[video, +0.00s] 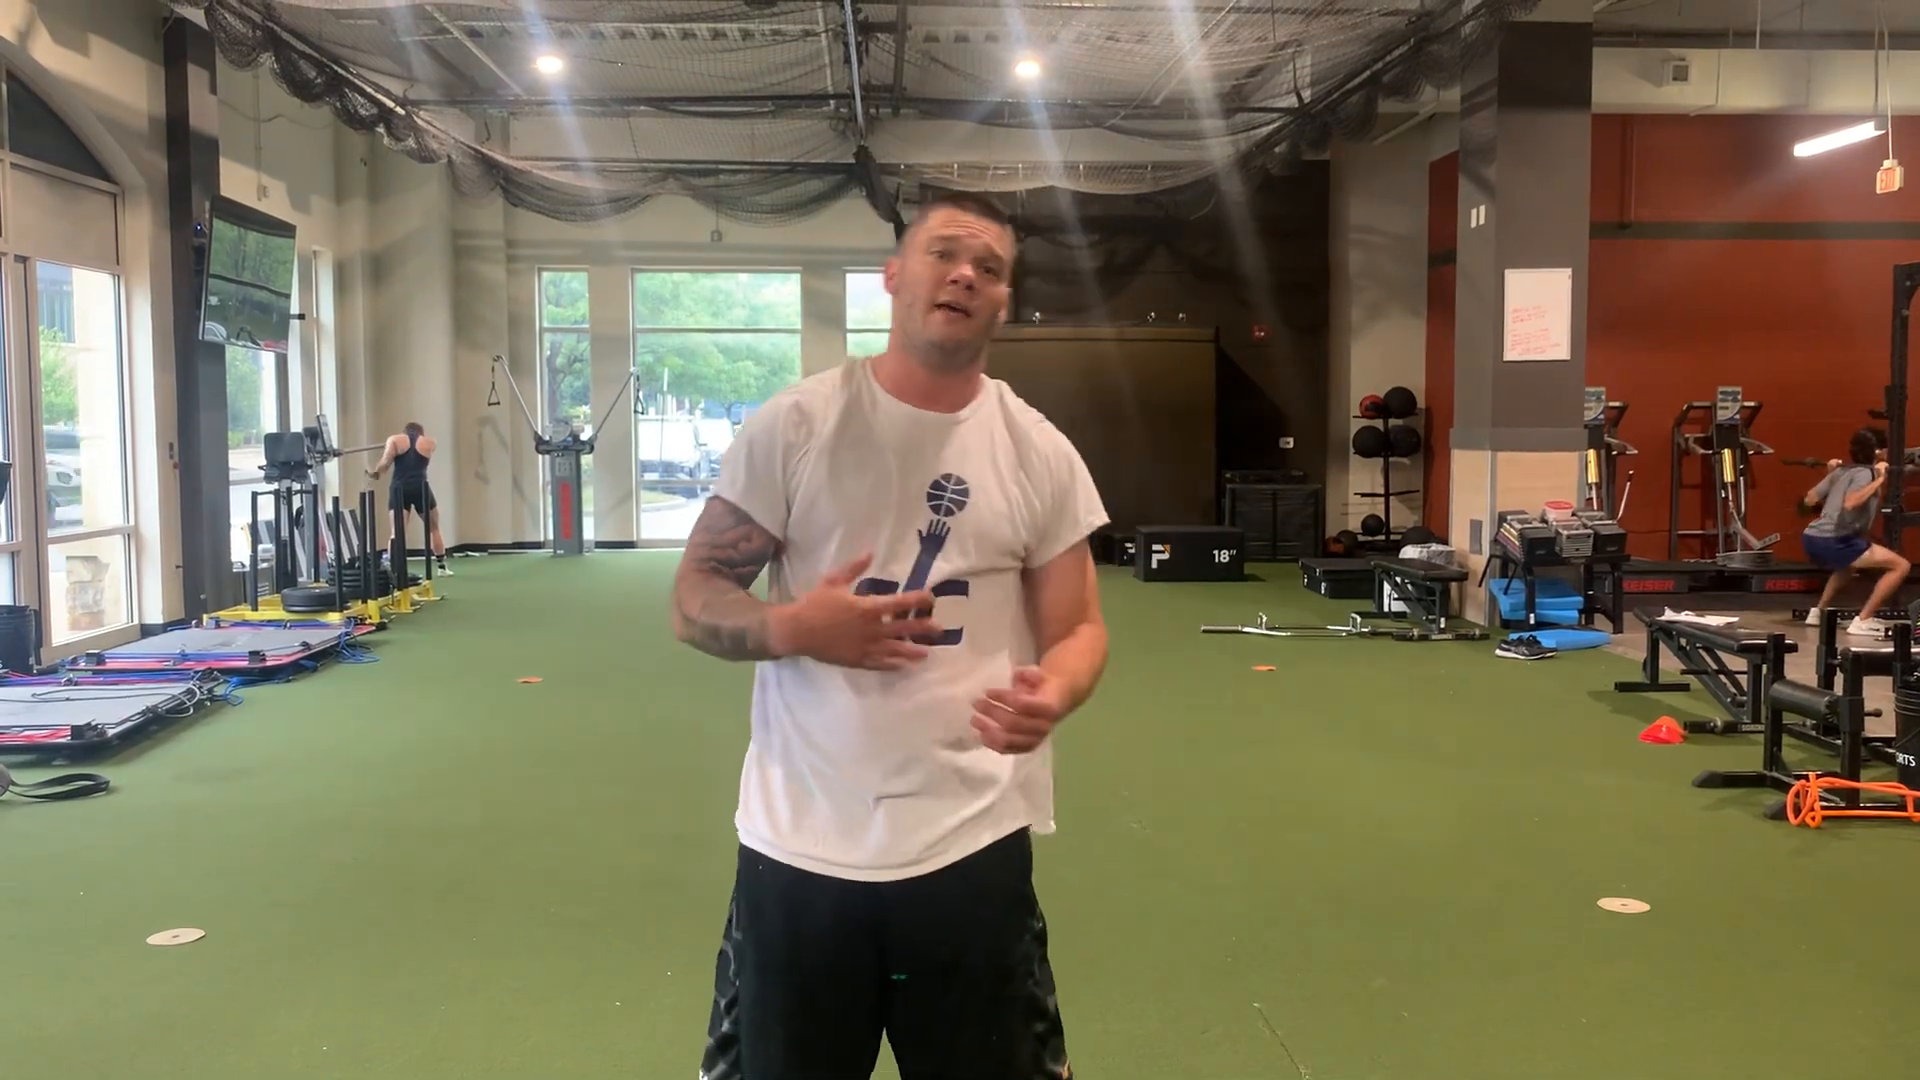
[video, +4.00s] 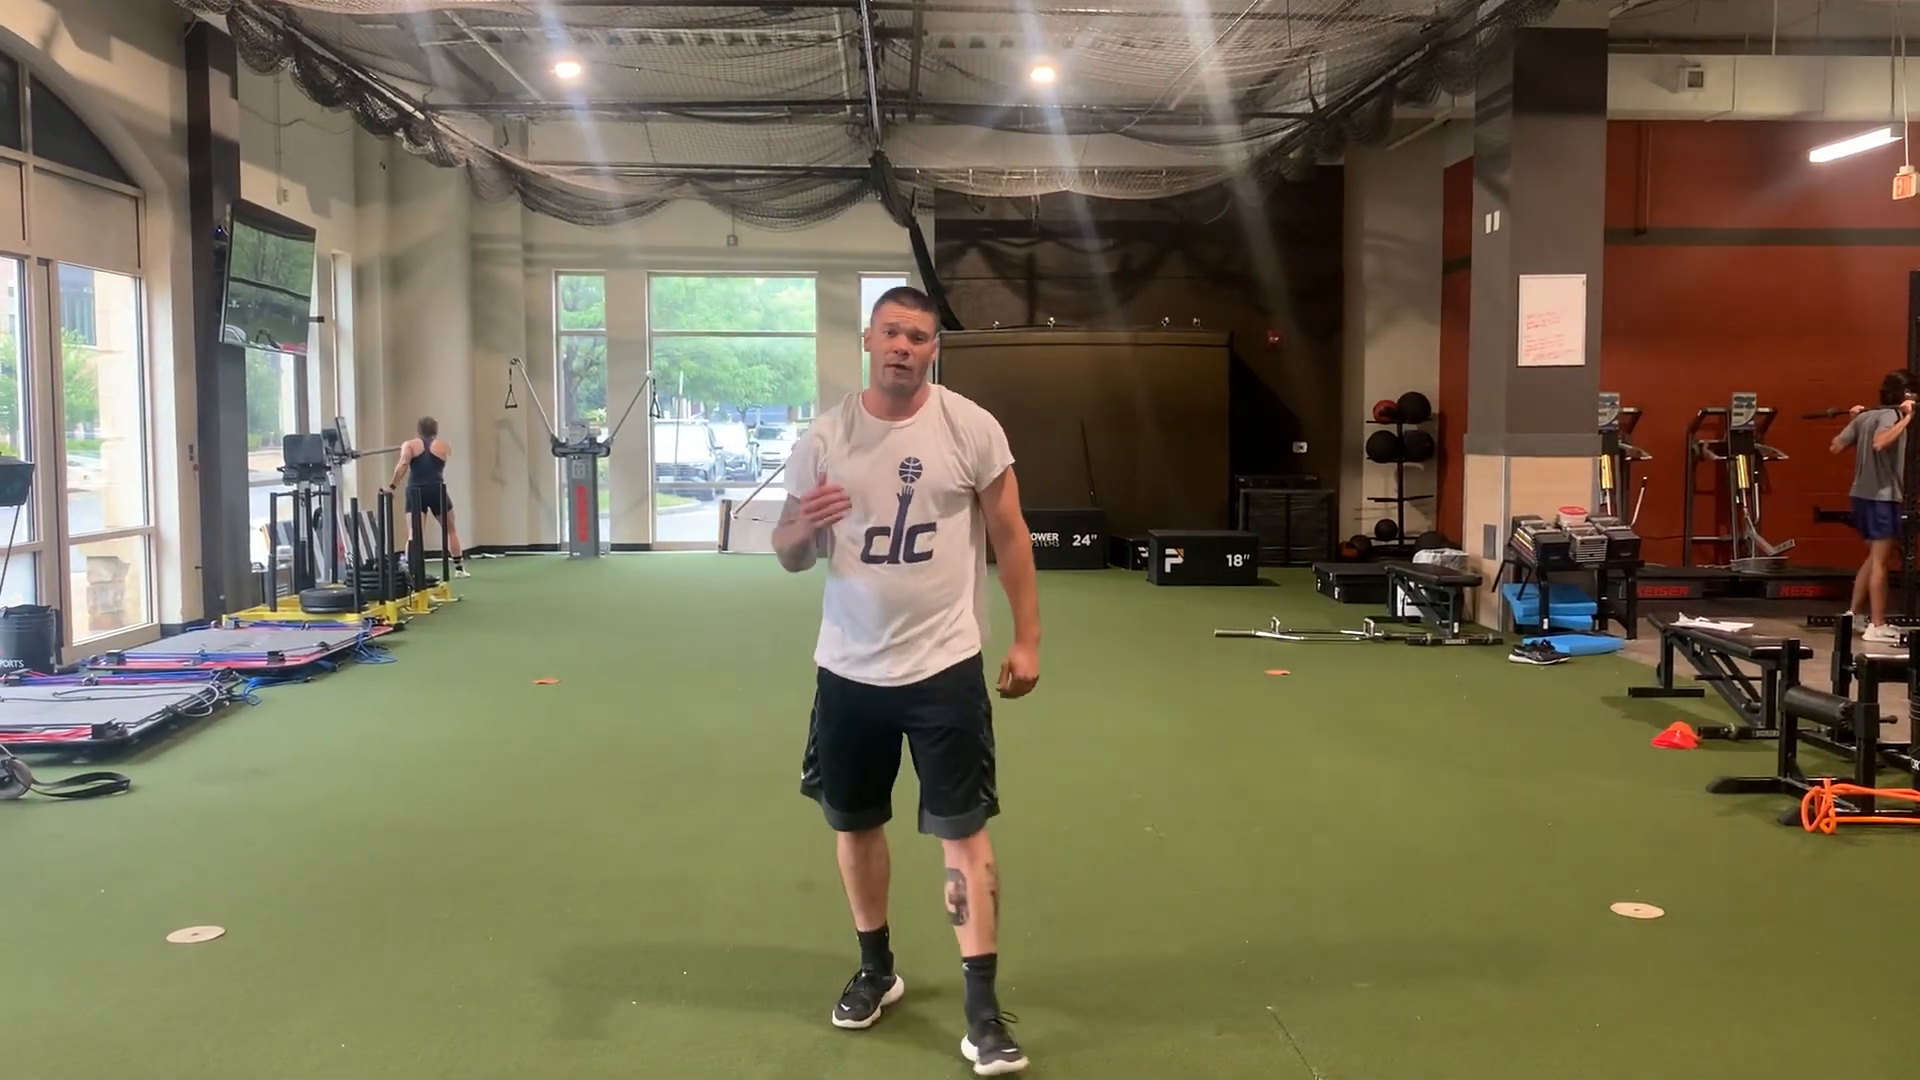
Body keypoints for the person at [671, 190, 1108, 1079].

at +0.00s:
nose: (964, 276)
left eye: (989, 268)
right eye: (943, 253)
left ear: (1005, 306)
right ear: (892, 275)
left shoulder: (1039, 455)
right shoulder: (793, 428)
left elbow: (1078, 630)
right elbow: (697, 597)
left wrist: (1052, 691)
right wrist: (792, 628)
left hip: (972, 850)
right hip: (801, 850)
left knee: (997, 1067)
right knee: (770, 1067)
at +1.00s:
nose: (860, 295)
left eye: (877, 278)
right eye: (837, 282)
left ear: (907, 299)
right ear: (807, 309)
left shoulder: (972, 432)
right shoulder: (763, 441)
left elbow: (1020, 568)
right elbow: (714, 602)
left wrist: (1063, 634)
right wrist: (838, 629)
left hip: (938, 769)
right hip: (804, 773)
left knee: (932, 1017)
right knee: (800, 1025)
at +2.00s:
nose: (807, 328)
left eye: (825, 320)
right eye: (792, 313)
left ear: (843, 344)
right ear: (758, 328)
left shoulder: (884, 434)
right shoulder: (709, 448)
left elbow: (919, 543)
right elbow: (667, 598)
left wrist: (890, 605)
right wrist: (713, 551)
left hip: (864, 713)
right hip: (750, 717)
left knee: (875, 914)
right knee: (743, 908)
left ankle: (883, 1079)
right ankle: (759, 1070)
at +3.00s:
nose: (914, 341)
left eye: (929, 335)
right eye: (903, 326)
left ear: (940, 357)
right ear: (871, 335)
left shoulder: (957, 447)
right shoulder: (805, 427)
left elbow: (978, 561)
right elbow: (750, 533)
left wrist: (997, 668)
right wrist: (824, 549)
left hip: (903, 682)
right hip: (804, 678)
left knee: (894, 852)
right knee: (794, 848)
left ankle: (878, 1021)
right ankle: (835, 945)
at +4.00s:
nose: (906, 346)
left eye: (920, 336)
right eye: (894, 332)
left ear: (937, 348)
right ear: (867, 342)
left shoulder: (972, 430)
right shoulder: (823, 437)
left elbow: (1011, 536)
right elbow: (793, 559)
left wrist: (1027, 637)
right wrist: (800, 526)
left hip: (945, 659)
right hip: (851, 663)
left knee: (962, 825)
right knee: (854, 820)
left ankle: (983, 1013)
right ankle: (876, 969)